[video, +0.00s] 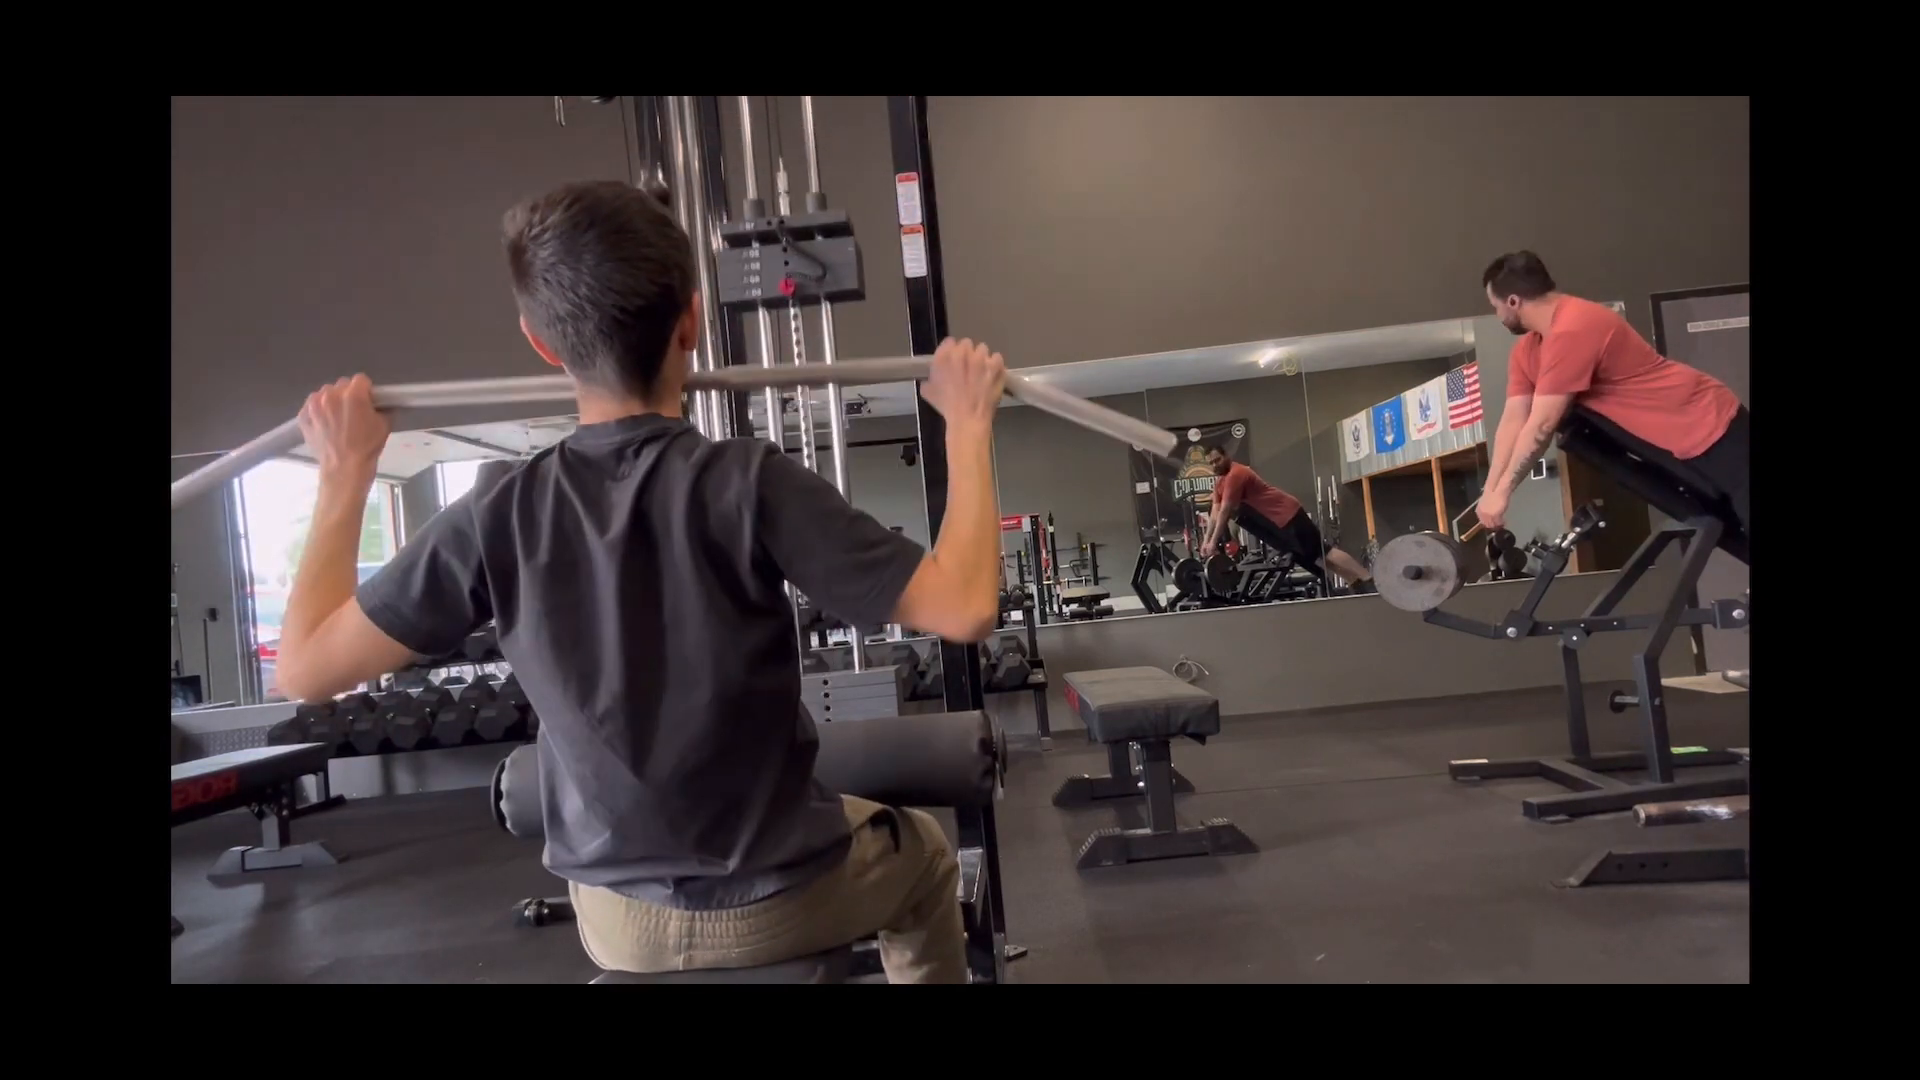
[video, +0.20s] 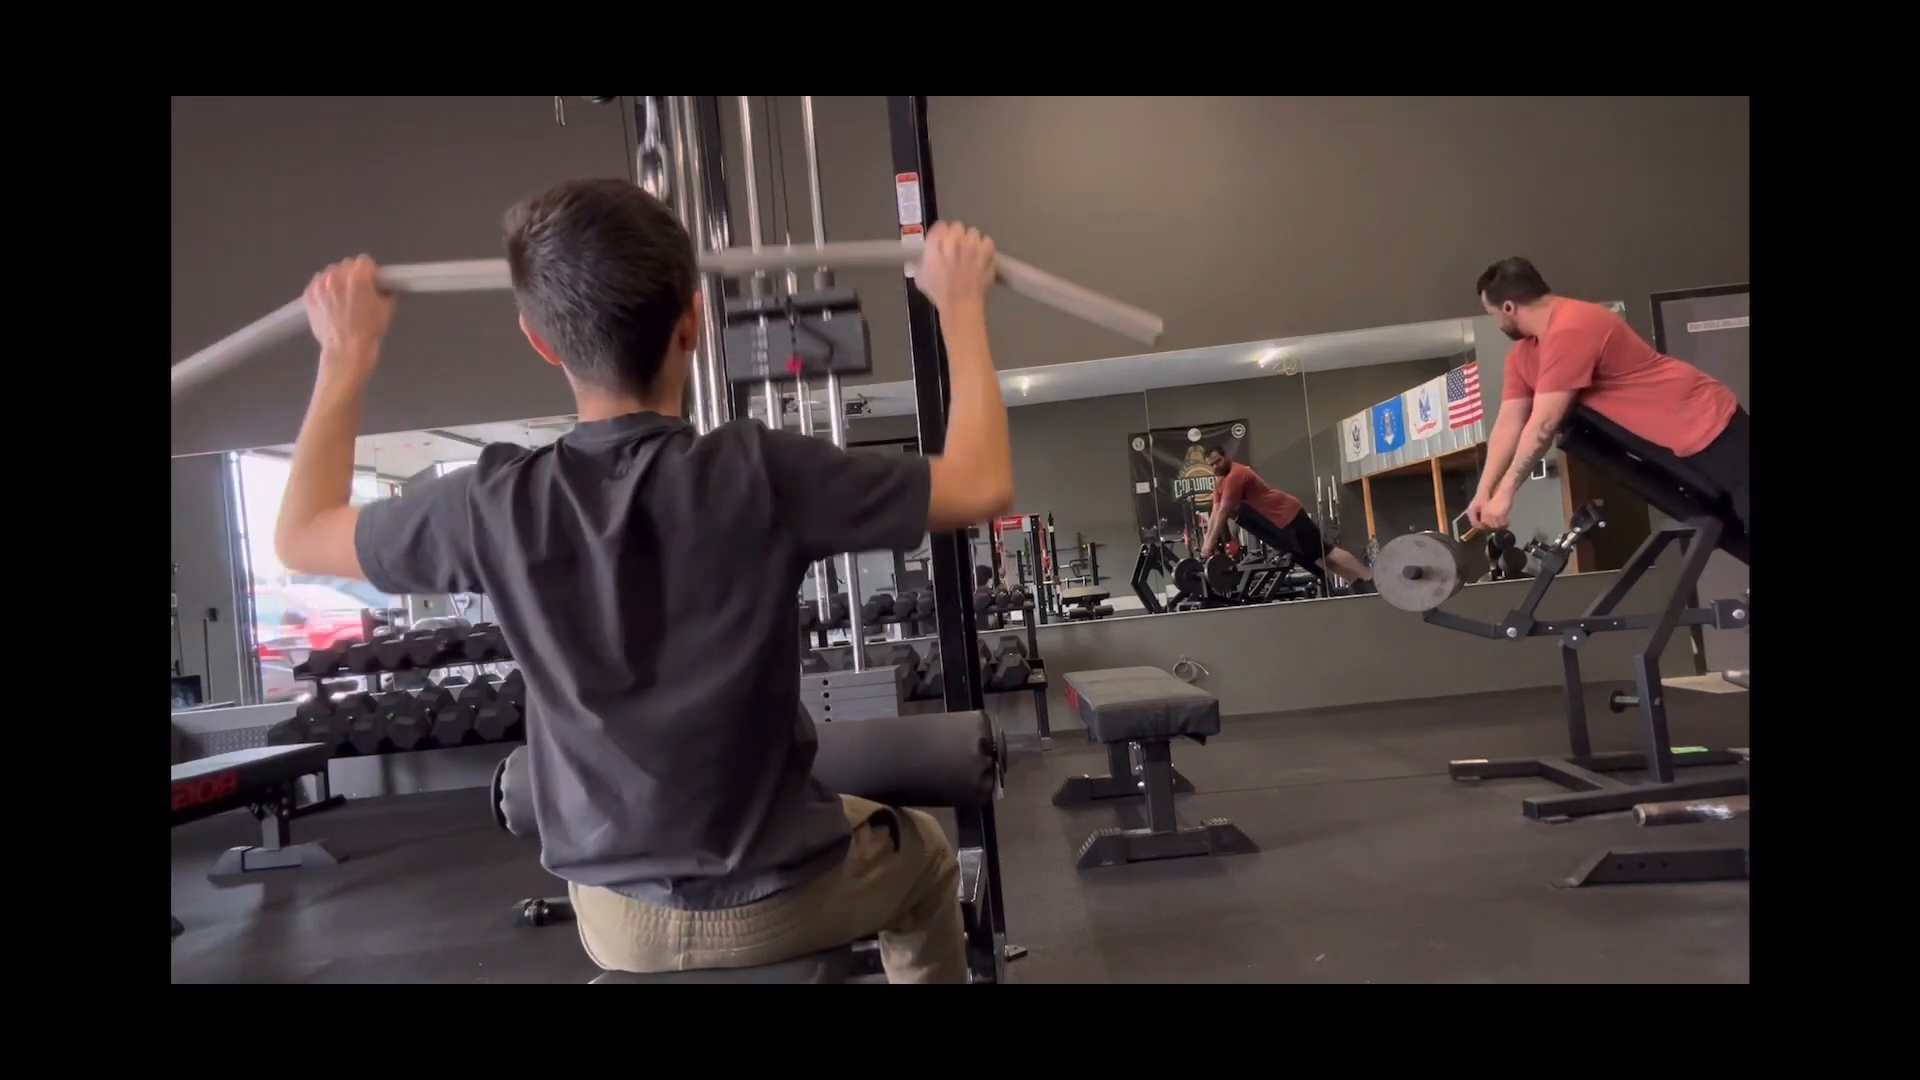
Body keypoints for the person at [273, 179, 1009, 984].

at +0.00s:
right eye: (698, 299)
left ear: (538, 345)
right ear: (691, 321)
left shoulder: (503, 515)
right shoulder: (750, 485)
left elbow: (305, 669)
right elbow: (964, 606)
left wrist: (342, 474)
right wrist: (968, 428)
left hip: (610, 917)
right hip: (777, 906)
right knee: (918, 850)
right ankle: (929, 977)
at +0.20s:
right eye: (698, 302)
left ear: (538, 343)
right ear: (693, 322)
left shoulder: (497, 506)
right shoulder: (759, 475)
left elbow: (304, 535)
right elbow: (982, 485)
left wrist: (342, 360)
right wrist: (963, 307)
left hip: (610, 916)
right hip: (776, 904)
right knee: (922, 852)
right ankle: (926, 977)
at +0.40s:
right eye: (696, 293)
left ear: (535, 336)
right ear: (693, 316)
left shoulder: (503, 477)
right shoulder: (761, 445)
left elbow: (335, 378)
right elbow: (944, 345)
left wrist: (342, 199)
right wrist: (945, 160)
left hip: (612, 912)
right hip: (778, 904)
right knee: (920, 860)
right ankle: (931, 981)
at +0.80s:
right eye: (730, 292)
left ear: (580, 326)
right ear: (720, 315)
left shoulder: (543, 432)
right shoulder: (770, 411)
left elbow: (423, 245)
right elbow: (873, 219)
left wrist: (362, 95)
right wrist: (913, 82)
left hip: (622, 903)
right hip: (785, 897)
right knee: (920, 854)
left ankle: (633, 966)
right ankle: (933, 977)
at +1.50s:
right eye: (681, 302)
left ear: (513, 342)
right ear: (676, 326)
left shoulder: (485, 464)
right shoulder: (737, 442)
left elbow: (314, 298)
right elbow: (903, 267)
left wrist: (296, 116)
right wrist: (921, 91)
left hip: (617, 909)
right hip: (773, 898)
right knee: (922, 859)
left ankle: (634, 975)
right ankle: (926, 976)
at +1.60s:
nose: (675, 332)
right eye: (674, 314)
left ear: (499, 358)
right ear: (664, 342)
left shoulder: (468, 491)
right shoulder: (737, 464)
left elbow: (272, 370)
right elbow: (939, 335)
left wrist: (295, 169)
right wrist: (938, 135)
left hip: (618, 919)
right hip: (772, 893)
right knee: (922, 858)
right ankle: (929, 980)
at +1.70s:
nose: (670, 331)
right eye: (671, 316)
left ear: (493, 366)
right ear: (661, 344)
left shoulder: (459, 516)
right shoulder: (738, 482)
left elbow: (245, 463)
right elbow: (968, 426)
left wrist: (295, 269)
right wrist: (950, 234)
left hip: (615, 915)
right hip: (774, 889)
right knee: (921, 865)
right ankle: (930, 976)